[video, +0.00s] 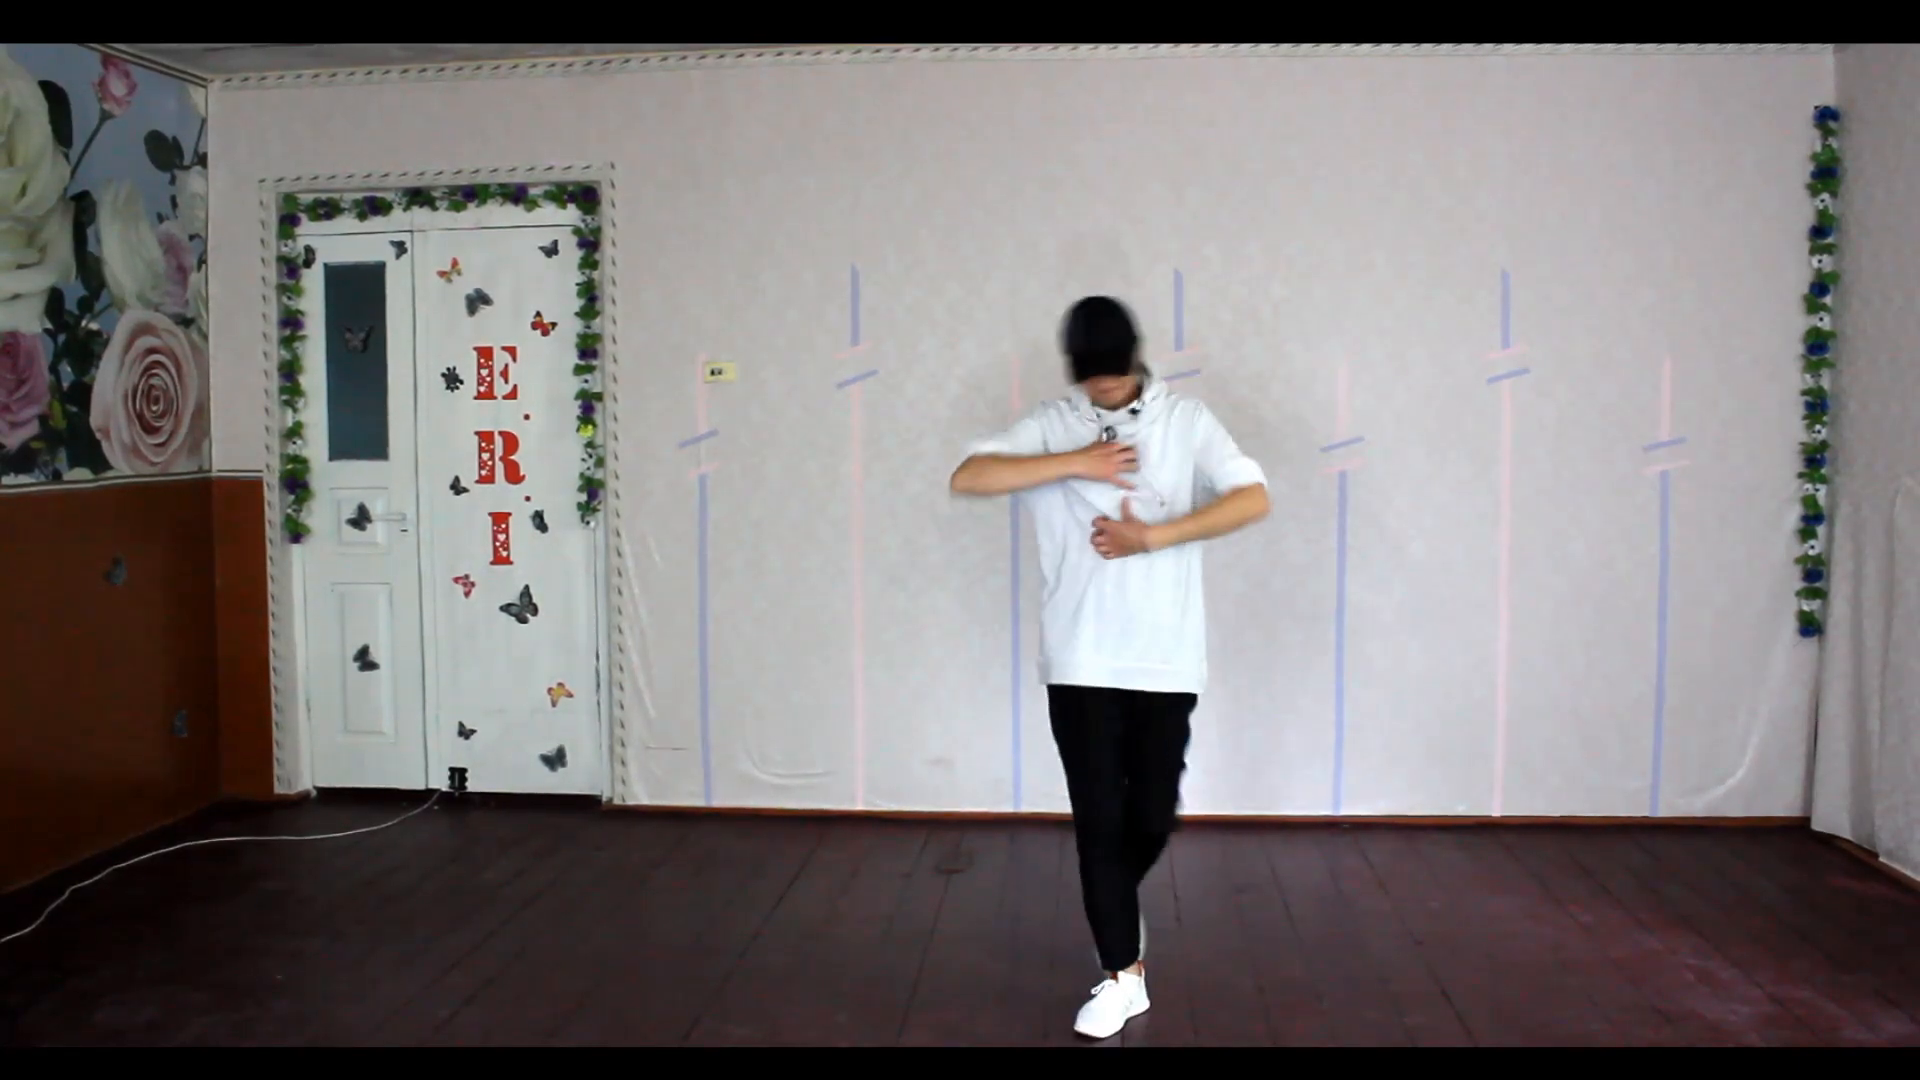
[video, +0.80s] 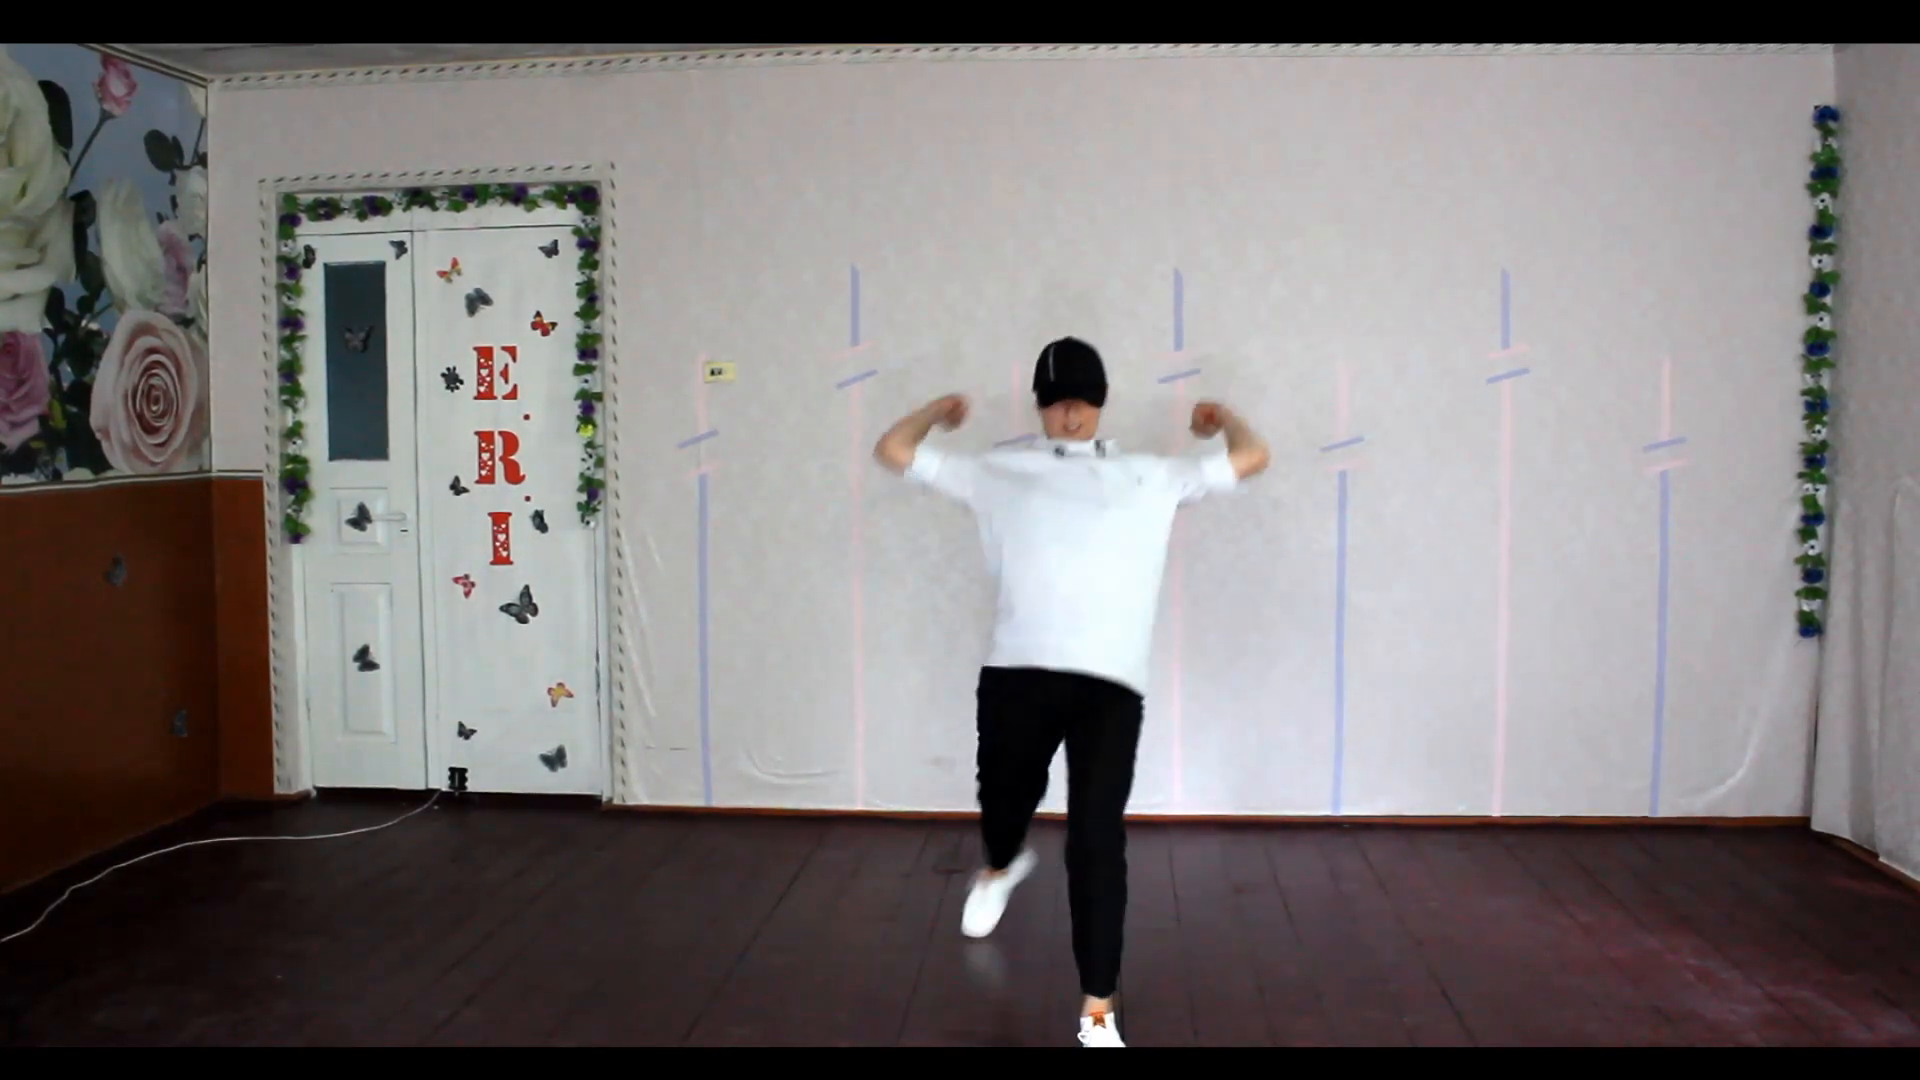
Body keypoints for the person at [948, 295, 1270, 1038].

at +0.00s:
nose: (1111, 398)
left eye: (1120, 383)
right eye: (1097, 387)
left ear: (1138, 361)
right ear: (1075, 372)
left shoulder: (1185, 420)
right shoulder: (1052, 424)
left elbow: (1254, 499)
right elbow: (967, 477)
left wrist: (1153, 535)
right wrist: (1075, 464)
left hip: (1167, 662)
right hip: (1080, 662)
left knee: (1152, 823)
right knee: (1099, 828)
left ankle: (1119, 901)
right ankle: (1122, 976)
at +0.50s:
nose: (1111, 404)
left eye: (1125, 392)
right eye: (1101, 389)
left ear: (1146, 378)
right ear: (1081, 367)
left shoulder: (1165, 425)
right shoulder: (1030, 423)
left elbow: (1245, 459)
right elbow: (925, 434)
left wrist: (1139, 480)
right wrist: (1005, 503)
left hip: (1137, 672)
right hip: (1049, 672)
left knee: (1118, 834)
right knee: (1068, 838)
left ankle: (1106, 1000)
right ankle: (1119, 967)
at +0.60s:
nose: (1083, 396)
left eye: (1096, 385)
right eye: (1071, 384)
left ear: (1120, 371)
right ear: (1052, 373)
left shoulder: (1177, 426)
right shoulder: (1018, 416)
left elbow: (1272, 412)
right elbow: (918, 362)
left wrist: (1231, 369)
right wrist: (951, 344)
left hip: (1128, 664)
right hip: (1036, 657)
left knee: (1111, 837)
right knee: (1018, 826)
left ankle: (1098, 1007)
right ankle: (1091, 907)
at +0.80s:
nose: (1070, 417)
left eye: (1079, 404)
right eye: (1060, 404)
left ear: (1097, 404)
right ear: (1047, 405)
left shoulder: (1151, 477)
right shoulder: (996, 470)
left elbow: (1251, 460)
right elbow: (894, 451)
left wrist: (1223, 420)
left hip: (1110, 680)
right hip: (1017, 673)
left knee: (1097, 837)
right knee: (1003, 796)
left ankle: (1098, 1008)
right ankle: (1000, 867)